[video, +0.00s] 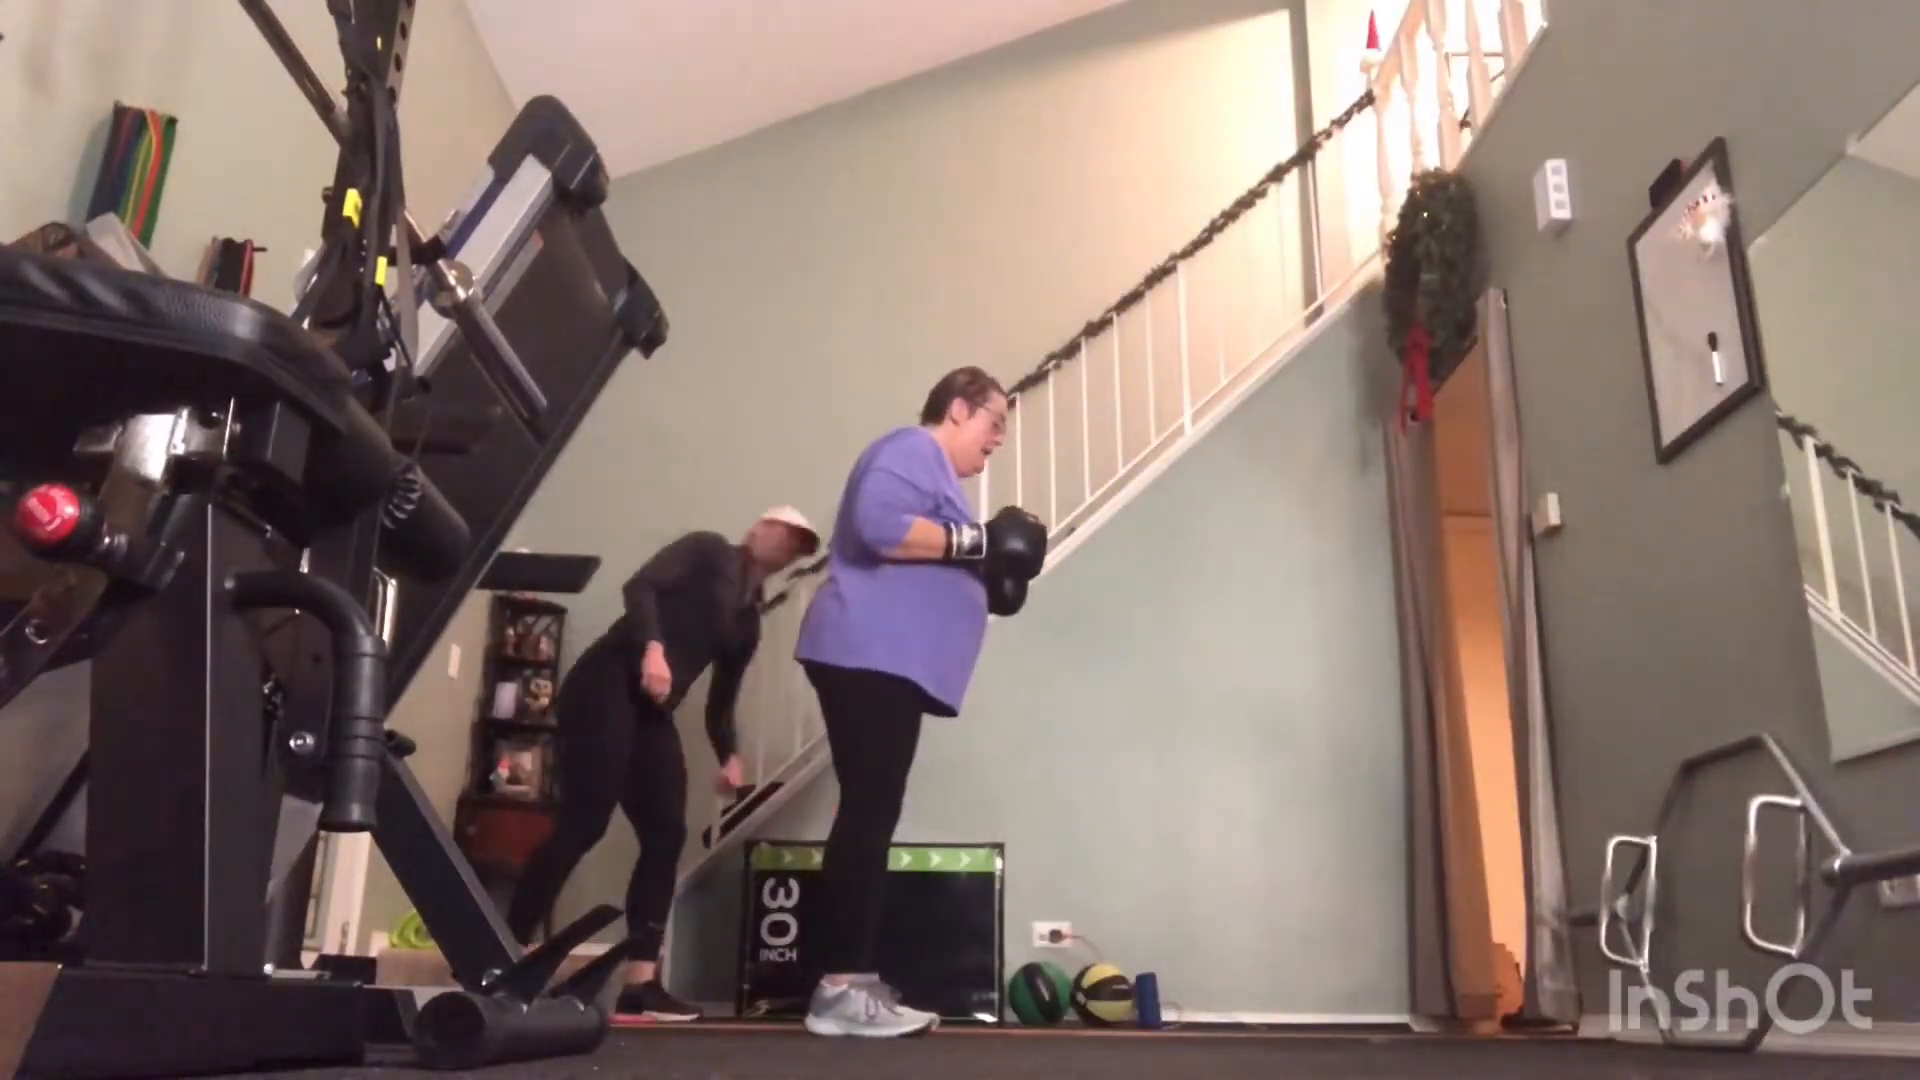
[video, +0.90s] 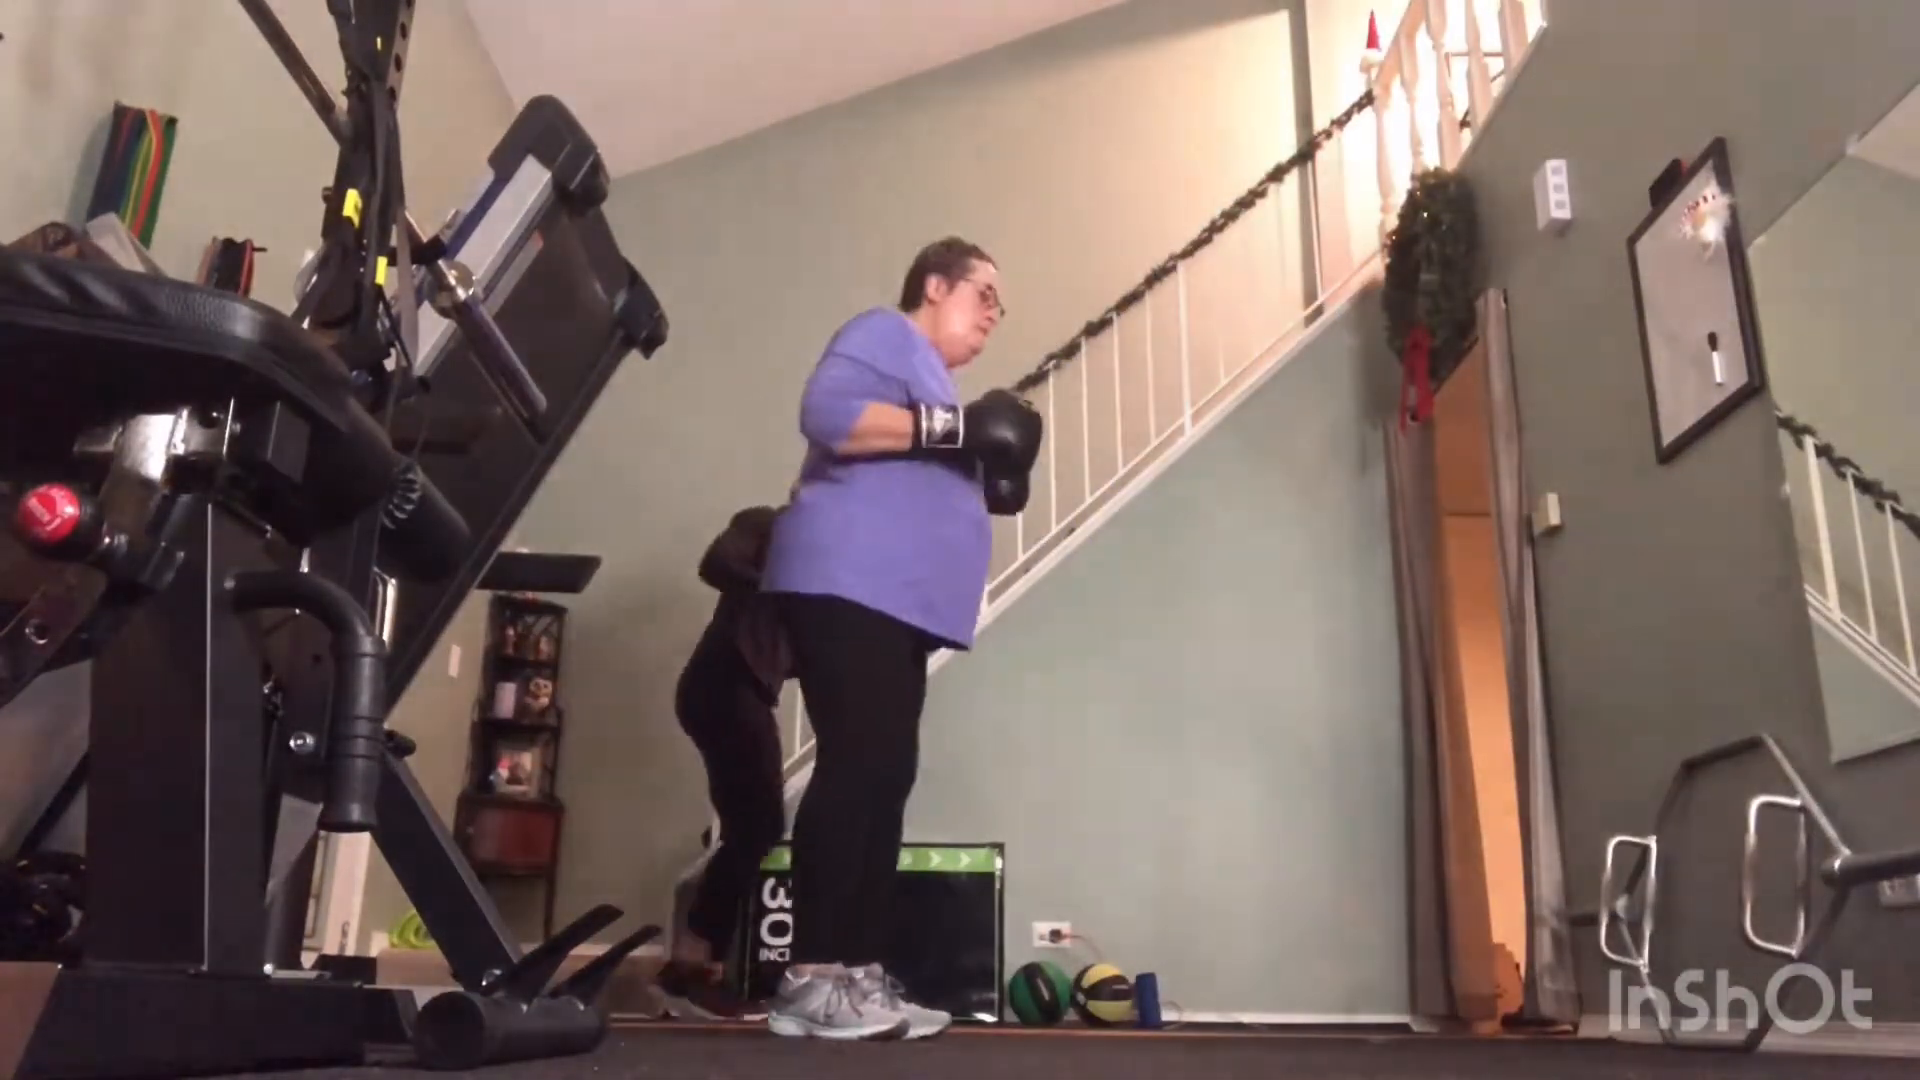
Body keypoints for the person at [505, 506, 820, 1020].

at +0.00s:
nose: (788, 547)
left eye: (798, 545)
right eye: (784, 532)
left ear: (795, 559)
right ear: (756, 528)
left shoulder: (747, 624)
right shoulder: (708, 548)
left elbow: (721, 701)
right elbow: (639, 586)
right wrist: (652, 646)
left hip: (652, 712)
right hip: (605, 686)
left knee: (665, 834)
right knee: (584, 820)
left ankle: (640, 980)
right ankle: (516, 944)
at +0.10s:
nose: (718, 509)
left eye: (724, 502)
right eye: (713, 495)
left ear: (715, 509)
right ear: (679, 486)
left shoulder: (688, 576)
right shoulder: (629, 525)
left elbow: (661, 657)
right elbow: (576, 582)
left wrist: (683, 714)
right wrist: (586, 651)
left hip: (619, 709)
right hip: (567, 694)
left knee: (644, 833)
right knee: (554, 828)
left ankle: (636, 979)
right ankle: (490, 953)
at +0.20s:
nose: (714, 509)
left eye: (721, 503)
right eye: (710, 495)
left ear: (715, 507)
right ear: (679, 482)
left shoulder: (687, 569)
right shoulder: (631, 523)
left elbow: (666, 647)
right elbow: (585, 580)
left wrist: (683, 693)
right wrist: (573, 650)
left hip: (634, 708)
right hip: (586, 692)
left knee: (649, 836)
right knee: (563, 828)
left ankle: (634, 978)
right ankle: (492, 950)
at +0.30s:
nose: (759, 512)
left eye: (766, 506)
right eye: (754, 498)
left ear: (763, 514)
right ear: (724, 490)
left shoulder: (730, 575)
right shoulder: (674, 533)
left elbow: (715, 654)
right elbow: (627, 594)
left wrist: (736, 710)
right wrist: (658, 653)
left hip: (675, 704)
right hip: (630, 691)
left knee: (677, 831)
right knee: (666, 820)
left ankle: (638, 974)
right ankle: (608, 945)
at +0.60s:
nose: (804, 497)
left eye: (812, 492)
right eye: (802, 486)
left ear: (810, 501)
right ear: (785, 482)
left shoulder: (792, 551)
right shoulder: (740, 521)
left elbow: (760, 641)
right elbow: (692, 585)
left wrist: (792, 696)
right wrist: (713, 647)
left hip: (734, 692)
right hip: (691, 683)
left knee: (737, 825)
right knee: (705, 821)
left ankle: (709, 971)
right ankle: (669, 969)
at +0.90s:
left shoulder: (838, 559)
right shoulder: (767, 525)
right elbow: (714, 565)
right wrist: (772, 588)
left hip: (749, 695)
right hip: (718, 689)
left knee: (755, 828)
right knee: (752, 828)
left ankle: (703, 959)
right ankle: (693, 961)